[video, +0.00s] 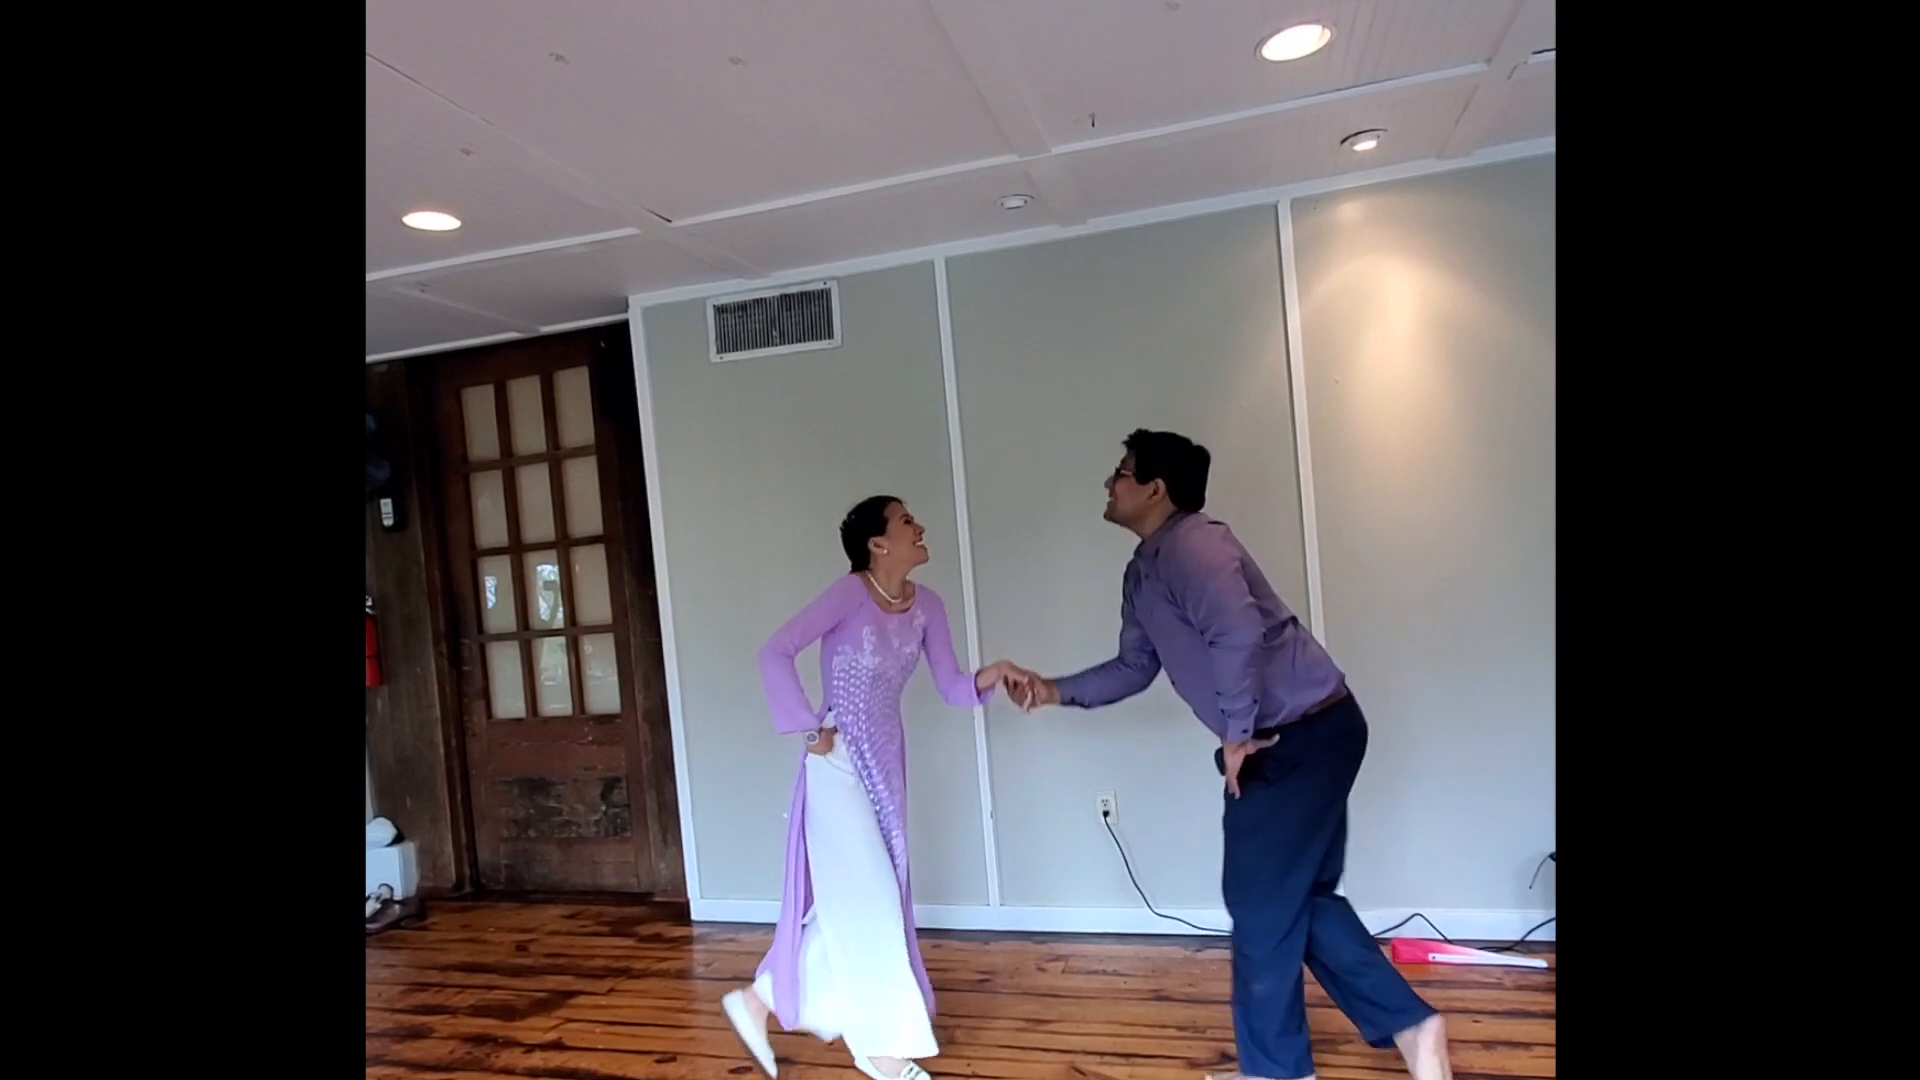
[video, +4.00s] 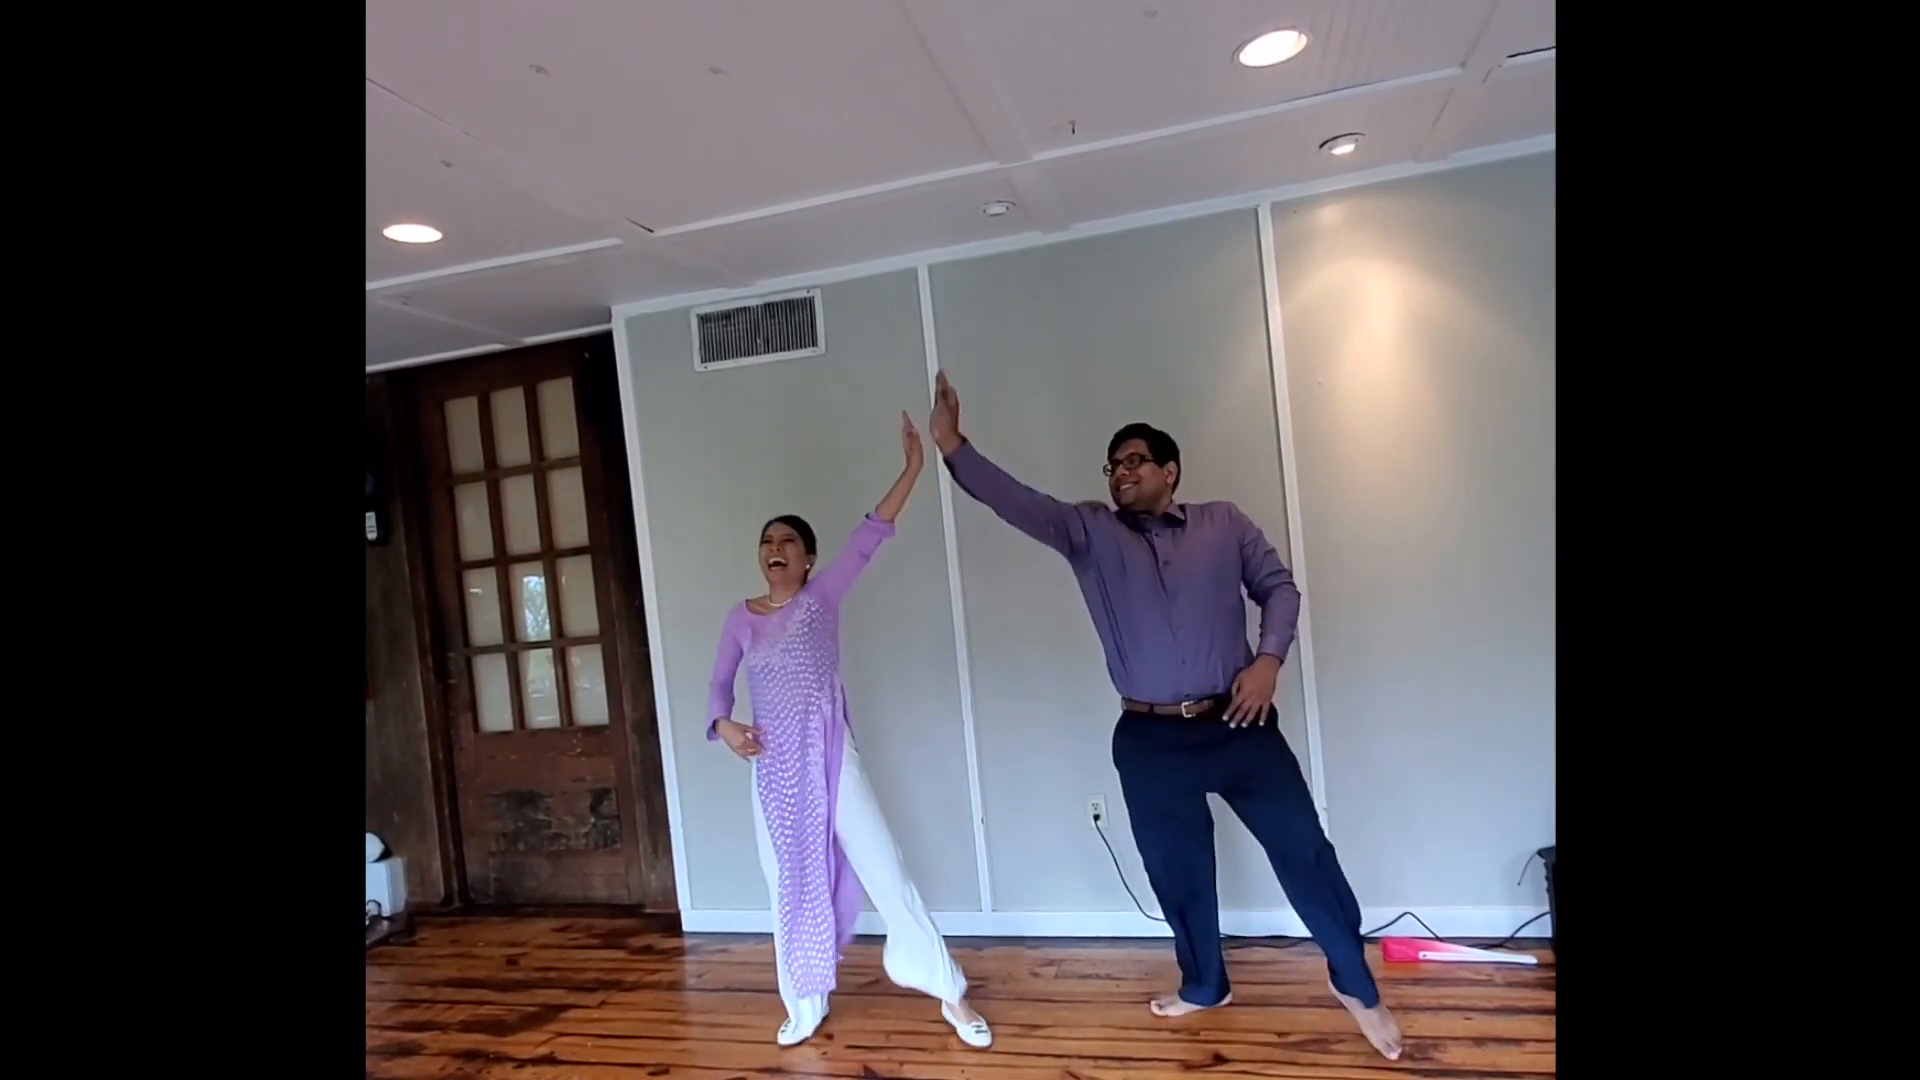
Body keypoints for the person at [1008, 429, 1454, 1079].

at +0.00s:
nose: (1109, 482)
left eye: (1121, 474)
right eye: (1116, 472)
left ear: (1155, 489)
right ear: (1151, 489)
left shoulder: (1192, 542)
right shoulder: (1145, 570)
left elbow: (1237, 628)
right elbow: (1134, 666)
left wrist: (1236, 731)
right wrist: (1054, 690)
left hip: (1297, 733)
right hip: (1299, 732)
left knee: (1259, 901)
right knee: (1300, 894)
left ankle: (1274, 1065)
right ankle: (1411, 1023)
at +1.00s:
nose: (1172, 483)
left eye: (1183, 474)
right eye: (1176, 472)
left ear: (1217, 483)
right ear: (1213, 483)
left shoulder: (1251, 537)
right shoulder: (1212, 541)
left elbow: (1299, 615)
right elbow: (1203, 613)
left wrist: (1305, 705)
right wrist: (1144, 647)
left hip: (1346, 701)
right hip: (1293, 705)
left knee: (1314, 840)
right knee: (1297, 839)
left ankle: (1405, 925)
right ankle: (1343, 963)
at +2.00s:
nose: (1206, 491)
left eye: (1217, 476)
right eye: (1197, 484)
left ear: (1260, 473)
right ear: (1197, 494)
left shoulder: (1322, 521)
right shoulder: (1199, 555)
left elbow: (1356, 581)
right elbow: (1152, 596)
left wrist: (1364, 658)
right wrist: (1103, 597)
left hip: (1305, 725)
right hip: (1226, 732)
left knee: (1313, 850)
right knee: (1252, 859)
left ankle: (1268, 979)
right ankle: (1281, 962)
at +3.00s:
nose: (1131, 484)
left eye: (1141, 471)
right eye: (1130, 471)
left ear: (1186, 472)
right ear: (1188, 474)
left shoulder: (1199, 534)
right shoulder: (1214, 523)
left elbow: (1224, 627)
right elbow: (1227, 630)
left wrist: (1181, 718)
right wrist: (1189, 718)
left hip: (1245, 734)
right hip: (1277, 728)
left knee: (1207, 889)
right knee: (1260, 879)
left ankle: (1253, 1046)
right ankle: (1320, 1035)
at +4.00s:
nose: (1124, 473)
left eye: (1136, 462)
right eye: (1115, 467)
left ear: (1171, 472)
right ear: (1108, 483)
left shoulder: (1223, 523)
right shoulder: (1091, 532)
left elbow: (1278, 588)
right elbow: (1019, 502)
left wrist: (1268, 661)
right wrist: (954, 449)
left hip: (1239, 722)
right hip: (1151, 735)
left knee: (1305, 851)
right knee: (1178, 875)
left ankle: (1357, 986)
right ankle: (1205, 986)